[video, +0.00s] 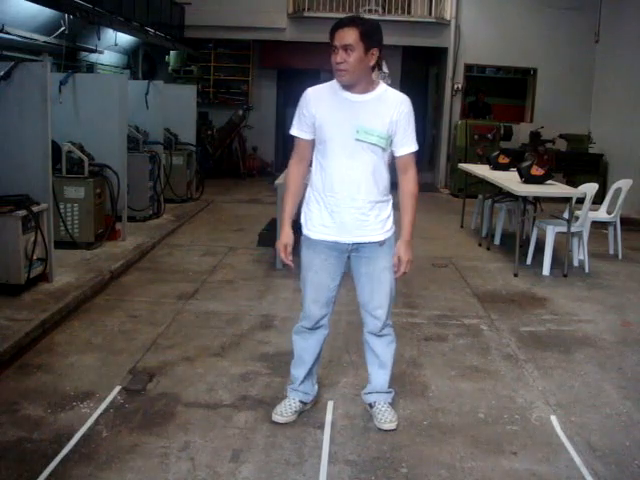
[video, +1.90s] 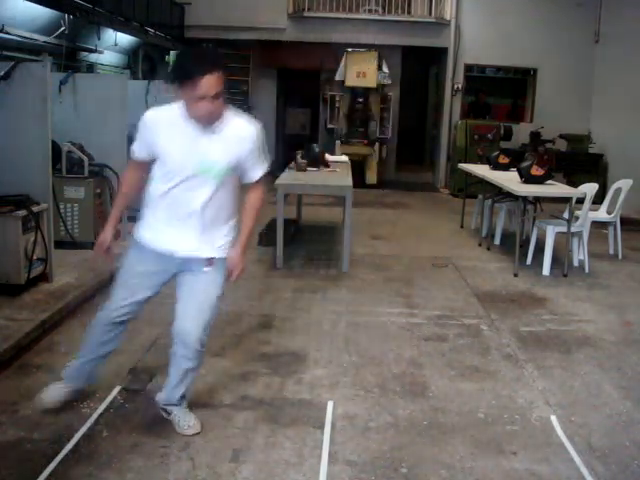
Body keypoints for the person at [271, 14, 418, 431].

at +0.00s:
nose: (337, 56)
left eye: (347, 49)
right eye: (334, 49)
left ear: (373, 55)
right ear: (331, 52)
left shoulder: (396, 105)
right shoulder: (315, 98)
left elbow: (407, 175)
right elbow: (298, 164)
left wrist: (405, 239)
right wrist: (286, 224)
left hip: (375, 235)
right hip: (320, 232)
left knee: (378, 322)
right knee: (312, 318)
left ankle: (380, 396)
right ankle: (300, 391)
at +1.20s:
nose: (283, 83)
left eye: (293, 76)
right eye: (280, 75)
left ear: (320, 78)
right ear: (276, 74)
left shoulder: (344, 127)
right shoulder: (262, 113)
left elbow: (361, 191)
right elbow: (251, 172)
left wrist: (361, 256)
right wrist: (244, 233)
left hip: (328, 248)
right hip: (272, 244)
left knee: (357, 321)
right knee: (251, 314)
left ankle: (379, 397)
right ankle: (265, 383)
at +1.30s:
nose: (260, 75)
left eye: (269, 67)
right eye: (254, 65)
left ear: (291, 68)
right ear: (247, 64)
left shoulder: (312, 113)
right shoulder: (232, 95)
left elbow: (340, 168)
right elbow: (220, 150)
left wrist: (340, 233)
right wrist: (214, 212)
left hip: (289, 236)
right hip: (237, 232)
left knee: (311, 315)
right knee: (239, 315)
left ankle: (350, 389)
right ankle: (264, 382)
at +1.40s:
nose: (238, 67)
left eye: (247, 58)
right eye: (231, 57)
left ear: (264, 56)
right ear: (222, 54)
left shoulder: (287, 101)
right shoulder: (205, 84)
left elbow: (317, 151)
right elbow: (192, 137)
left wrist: (313, 215)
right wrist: (184, 194)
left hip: (253, 222)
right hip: (206, 215)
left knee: (239, 302)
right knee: (202, 298)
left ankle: (264, 375)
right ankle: (240, 369)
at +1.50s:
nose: (205, 76)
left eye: (214, 68)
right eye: (199, 67)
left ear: (233, 65)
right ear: (190, 64)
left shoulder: (257, 105)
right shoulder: (176, 94)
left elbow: (287, 153)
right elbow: (169, 148)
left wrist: (283, 217)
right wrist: (153, 201)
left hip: (223, 231)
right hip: (177, 220)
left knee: (193, 311)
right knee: (138, 291)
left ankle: (200, 387)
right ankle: (158, 356)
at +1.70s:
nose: (156, 131)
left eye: (164, 121)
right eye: (146, 122)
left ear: (176, 116)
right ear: (132, 118)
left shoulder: (201, 158)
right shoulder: (117, 149)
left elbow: (219, 215)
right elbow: (111, 199)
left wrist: (216, 277)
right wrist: (96, 251)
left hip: (178, 263)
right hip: (126, 256)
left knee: (166, 332)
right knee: (84, 325)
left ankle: (185, 390)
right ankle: (64, 386)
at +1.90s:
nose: (214, 105)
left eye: (218, 95)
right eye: (204, 98)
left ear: (225, 90)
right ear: (182, 94)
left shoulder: (245, 132)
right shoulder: (156, 122)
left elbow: (256, 186)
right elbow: (136, 170)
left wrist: (241, 245)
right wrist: (112, 223)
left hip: (209, 255)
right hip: (153, 246)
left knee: (191, 336)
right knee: (115, 312)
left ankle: (173, 401)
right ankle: (73, 380)